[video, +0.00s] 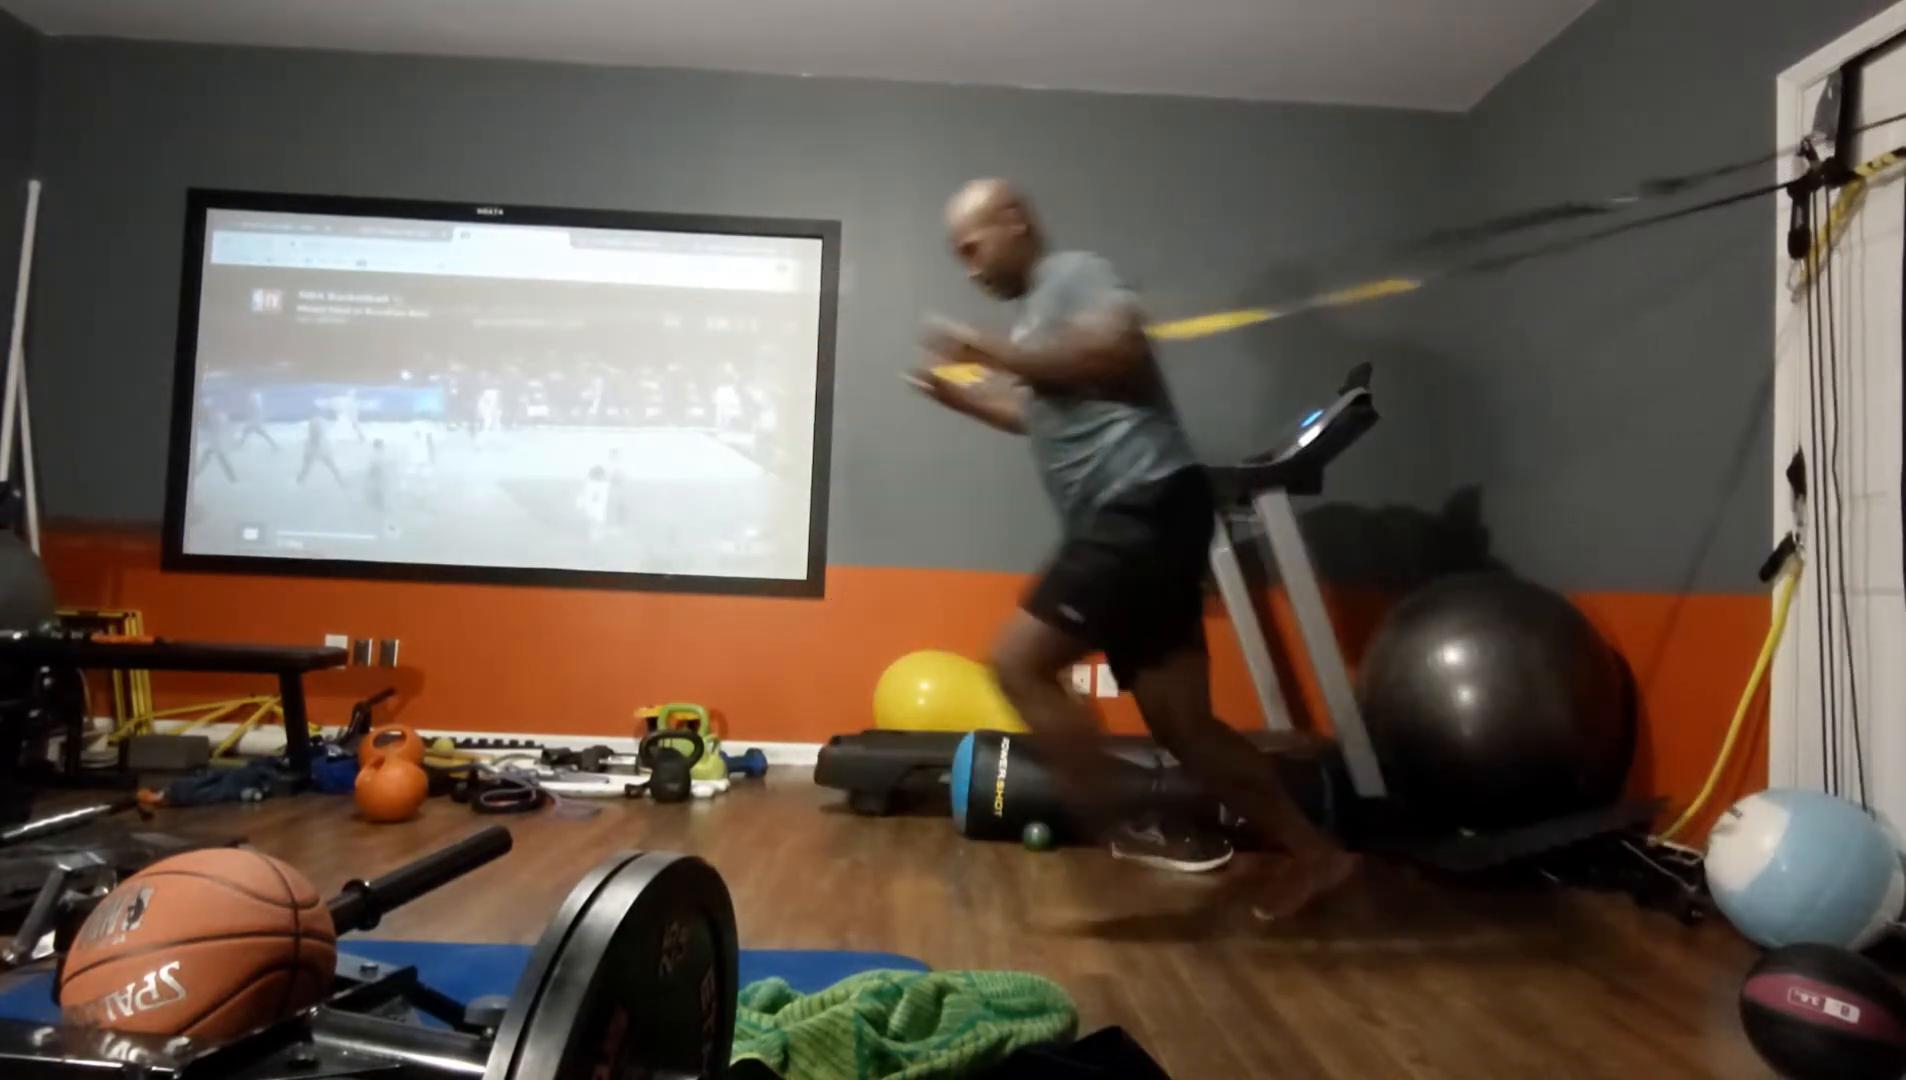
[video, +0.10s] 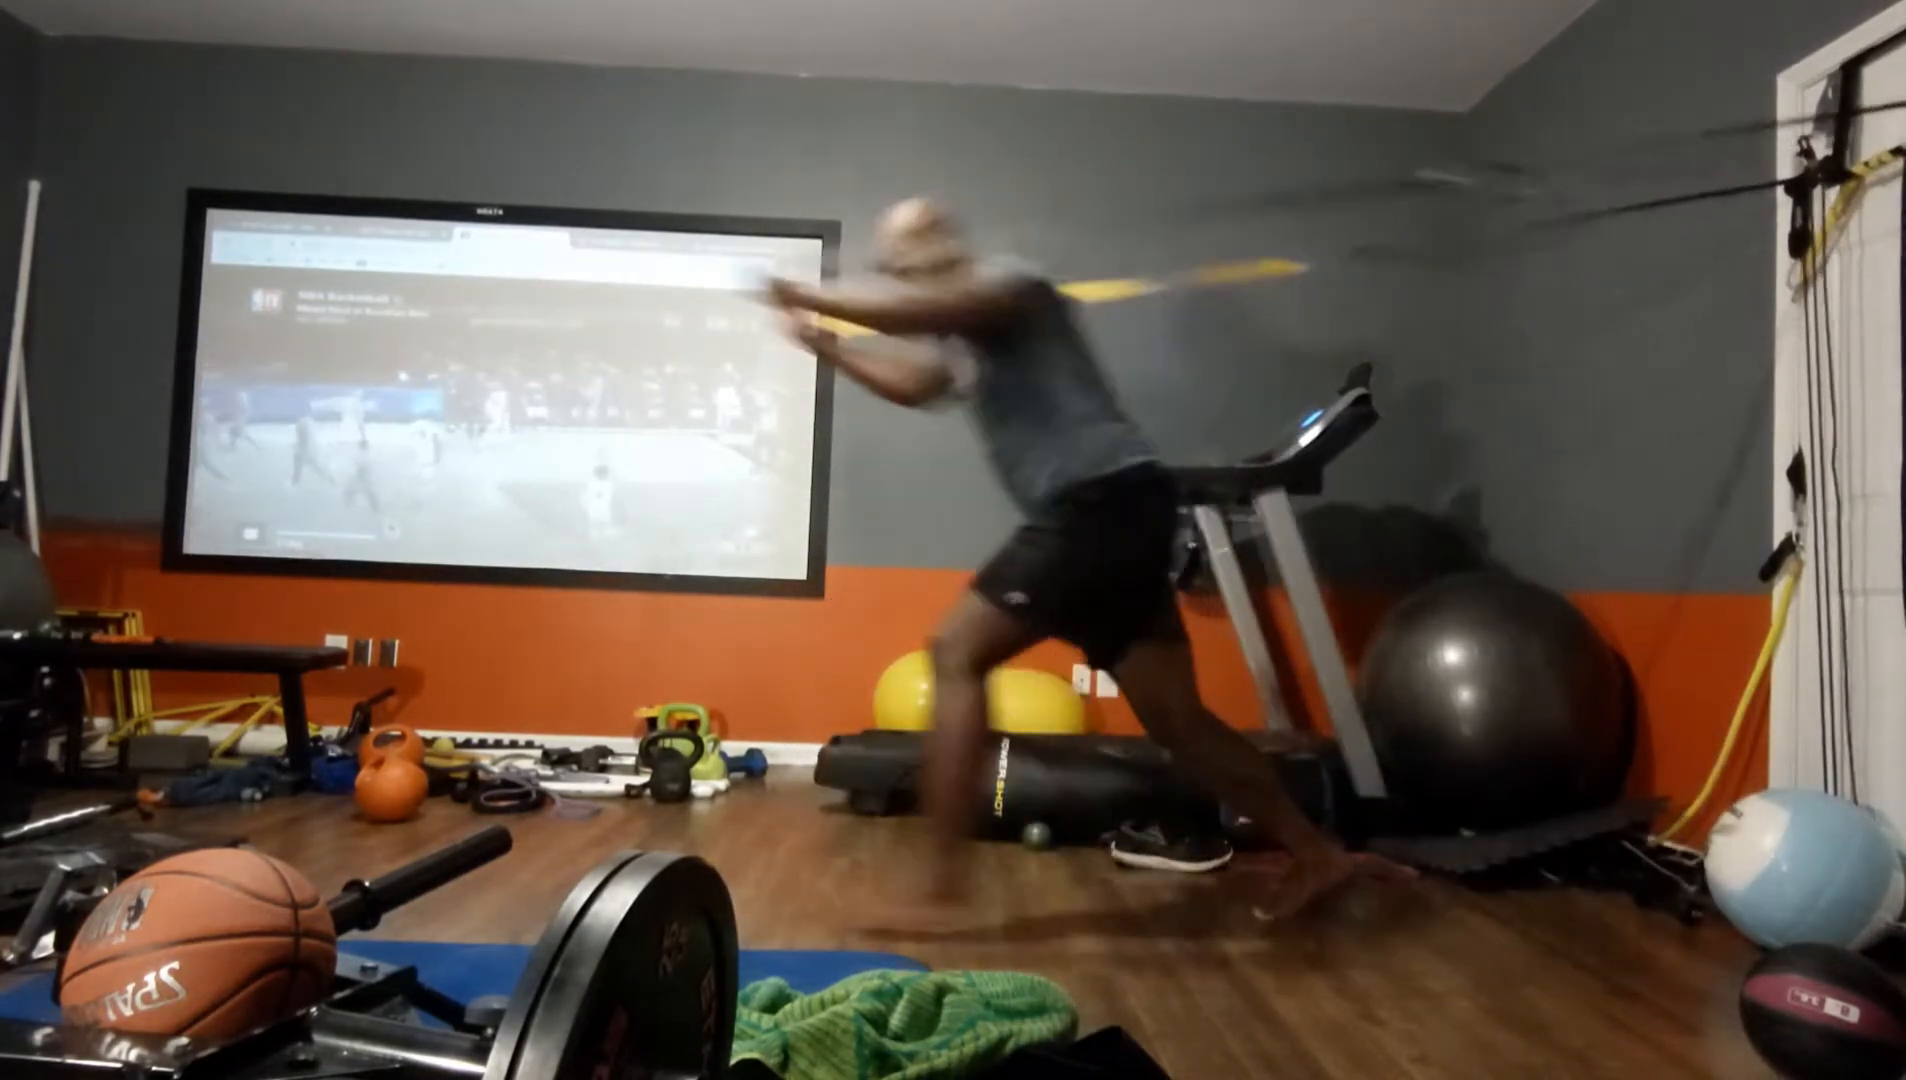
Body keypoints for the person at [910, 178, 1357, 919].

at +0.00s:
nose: (968, 262)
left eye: (974, 241)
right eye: (959, 250)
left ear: (1020, 223)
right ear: (969, 255)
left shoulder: (1076, 274)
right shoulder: (1027, 319)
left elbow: (1121, 361)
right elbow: (1040, 416)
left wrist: (1001, 356)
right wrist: (959, 396)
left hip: (1149, 504)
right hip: (1120, 514)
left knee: (1019, 665)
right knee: (1182, 725)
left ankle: (1125, 829)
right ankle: (1314, 854)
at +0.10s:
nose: (920, 282)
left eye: (925, 266)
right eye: (908, 273)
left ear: (954, 251)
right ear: (906, 277)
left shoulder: (1015, 287)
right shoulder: (965, 338)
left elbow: (939, 308)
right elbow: (911, 384)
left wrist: (815, 297)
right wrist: (822, 345)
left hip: (1104, 506)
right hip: (1101, 514)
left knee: (957, 651)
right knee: (1178, 720)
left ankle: (942, 884)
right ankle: (1320, 856)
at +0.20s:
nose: (814, 299)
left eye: (816, 283)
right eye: (816, 293)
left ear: (856, 272)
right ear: (864, 288)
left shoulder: (924, 304)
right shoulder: (903, 343)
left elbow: (776, 282)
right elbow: (793, 343)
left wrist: (637, 244)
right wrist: (701, 303)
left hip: (1042, 528)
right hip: (1080, 530)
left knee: (902, 671)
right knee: (1147, 716)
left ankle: (896, 907)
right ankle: (1304, 845)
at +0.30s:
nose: (759, 363)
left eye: (758, 342)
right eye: (749, 352)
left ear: (786, 317)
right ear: (791, 337)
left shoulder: (858, 335)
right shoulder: (844, 370)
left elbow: (710, 300)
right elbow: (719, 343)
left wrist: (578, 249)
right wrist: (625, 288)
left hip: (1016, 521)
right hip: (1045, 530)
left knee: (864, 674)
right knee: (1103, 735)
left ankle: (894, 901)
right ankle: (1276, 833)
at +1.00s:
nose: (814, 277)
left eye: (824, 261)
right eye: (812, 269)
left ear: (874, 256)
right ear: (850, 280)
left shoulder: (926, 308)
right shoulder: (885, 364)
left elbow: (805, 309)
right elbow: (790, 374)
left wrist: (674, 276)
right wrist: (693, 340)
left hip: (1033, 521)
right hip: (1051, 530)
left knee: (869, 667)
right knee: (1120, 740)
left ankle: (890, 896)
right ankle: (1266, 845)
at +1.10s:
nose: (876, 255)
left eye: (889, 237)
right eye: (875, 241)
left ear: (940, 231)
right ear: (918, 240)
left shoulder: (987, 283)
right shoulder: (943, 332)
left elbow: (893, 310)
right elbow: (869, 386)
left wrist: (768, 282)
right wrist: (770, 349)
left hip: (1066, 513)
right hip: (1077, 520)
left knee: (916, 665)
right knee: (1130, 722)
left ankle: (892, 895)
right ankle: (1280, 851)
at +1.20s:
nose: (942, 227)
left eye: (955, 210)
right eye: (941, 217)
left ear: (1006, 210)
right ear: (966, 227)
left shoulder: (1054, 265)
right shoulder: (1002, 326)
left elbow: (1016, 319)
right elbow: (948, 394)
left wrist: (882, 289)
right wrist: (852, 346)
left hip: (1106, 496)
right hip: (1107, 505)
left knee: (980, 673)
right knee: (1160, 706)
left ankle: (899, 884)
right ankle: (1288, 854)